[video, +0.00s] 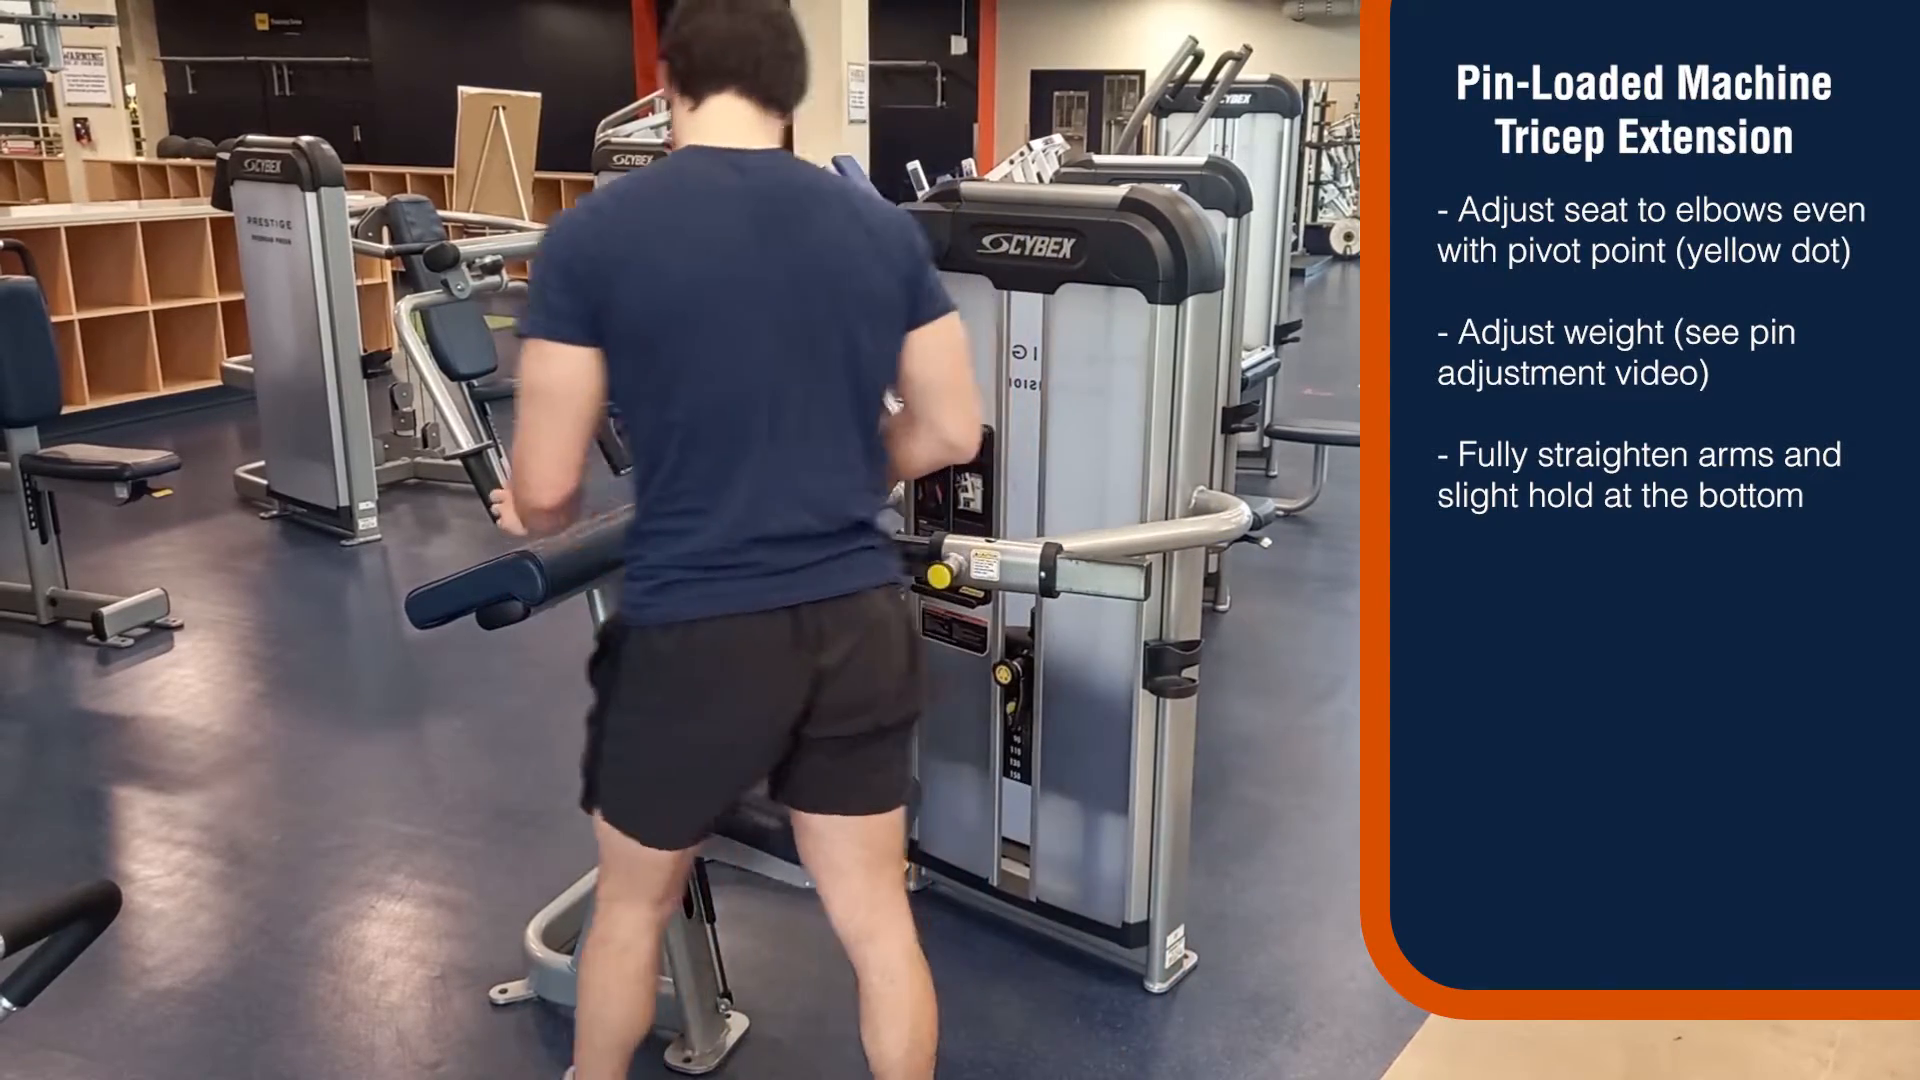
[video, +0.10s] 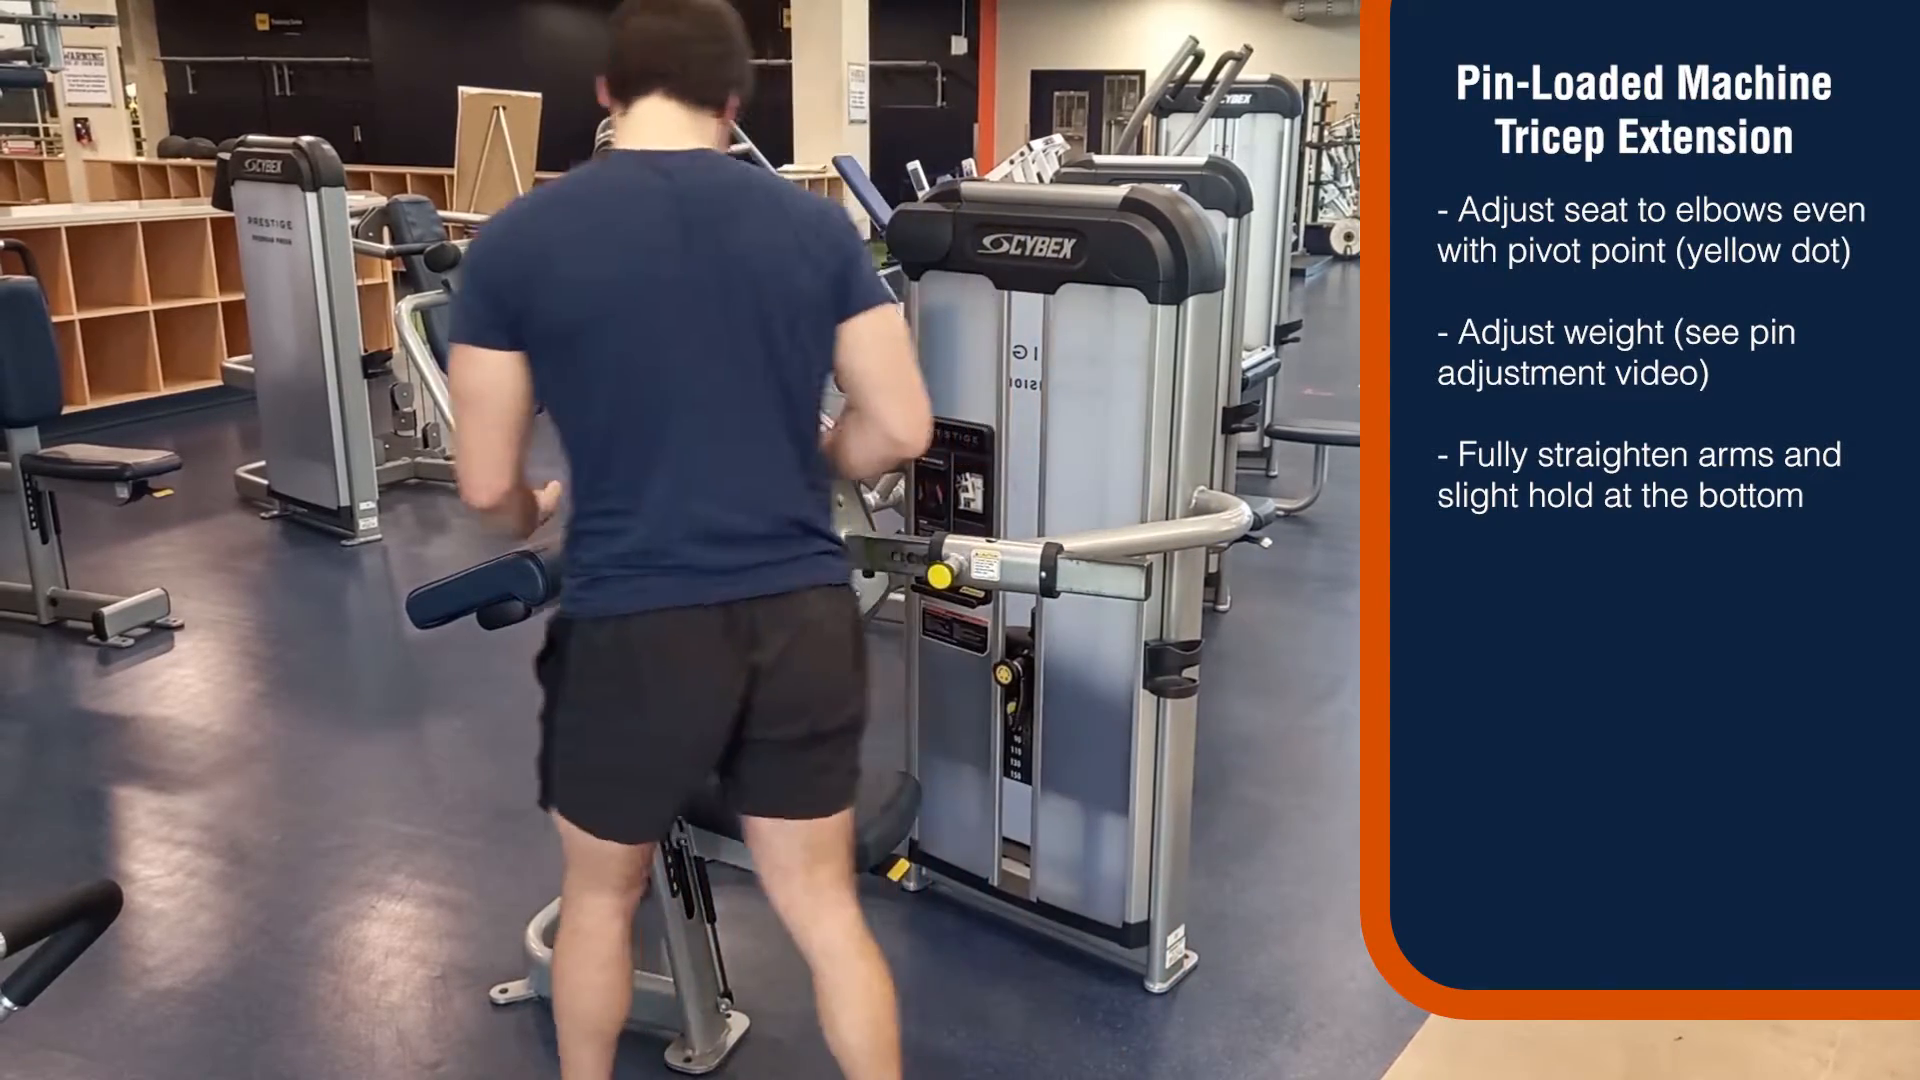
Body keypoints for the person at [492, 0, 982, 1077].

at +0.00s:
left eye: (667, 76)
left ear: (670, 84)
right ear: (793, 93)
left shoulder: (598, 233)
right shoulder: (877, 226)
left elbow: (549, 489)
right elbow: (951, 429)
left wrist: (525, 504)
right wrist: (834, 457)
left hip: (693, 646)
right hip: (862, 631)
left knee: (632, 908)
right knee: (879, 917)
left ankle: (597, 1071)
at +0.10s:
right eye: (740, 107)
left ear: (605, 93)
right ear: (735, 107)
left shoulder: (521, 239)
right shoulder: (812, 224)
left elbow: (486, 487)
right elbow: (900, 426)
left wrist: (537, 508)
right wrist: (804, 450)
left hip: (633, 639)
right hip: (804, 626)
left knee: (600, 893)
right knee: (825, 901)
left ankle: (587, 1076)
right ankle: (878, 1076)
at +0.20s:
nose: (687, 120)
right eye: (691, 104)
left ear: (552, 93)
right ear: (681, 98)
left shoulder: (462, 233)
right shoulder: (758, 206)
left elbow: (434, 475)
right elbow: (852, 415)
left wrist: (519, 542)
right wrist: (773, 438)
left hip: (585, 627)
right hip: (757, 615)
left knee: (584, 899)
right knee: (756, 850)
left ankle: (582, 1076)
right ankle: (813, 1071)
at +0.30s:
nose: (655, 124)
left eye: (653, 110)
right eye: (659, 106)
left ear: (525, 89)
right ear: (643, 93)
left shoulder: (425, 226)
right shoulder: (714, 193)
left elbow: (399, 466)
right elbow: (826, 399)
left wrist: (504, 541)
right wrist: (773, 455)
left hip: (553, 610)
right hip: (723, 587)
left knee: (573, 896)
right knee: (710, 782)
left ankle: (578, 1073)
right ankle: (739, 1023)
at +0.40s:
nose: (644, 125)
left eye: (644, 110)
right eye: (646, 107)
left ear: (511, 88)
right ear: (626, 94)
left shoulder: (408, 225)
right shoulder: (688, 188)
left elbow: (383, 455)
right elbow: (810, 392)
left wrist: (486, 537)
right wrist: (786, 453)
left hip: (535, 604)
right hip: (703, 576)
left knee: (568, 895)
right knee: (699, 735)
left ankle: (577, 1074)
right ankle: (705, 960)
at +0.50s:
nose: (629, 127)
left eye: (629, 112)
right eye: (631, 110)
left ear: (496, 87)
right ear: (604, 94)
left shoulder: (384, 223)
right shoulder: (662, 185)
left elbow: (368, 448)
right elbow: (786, 397)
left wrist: (469, 527)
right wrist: (787, 452)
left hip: (511, 609)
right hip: (677, 577)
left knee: (560, 898)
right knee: (694, 656)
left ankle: (575, 1076)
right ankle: (687, 857)